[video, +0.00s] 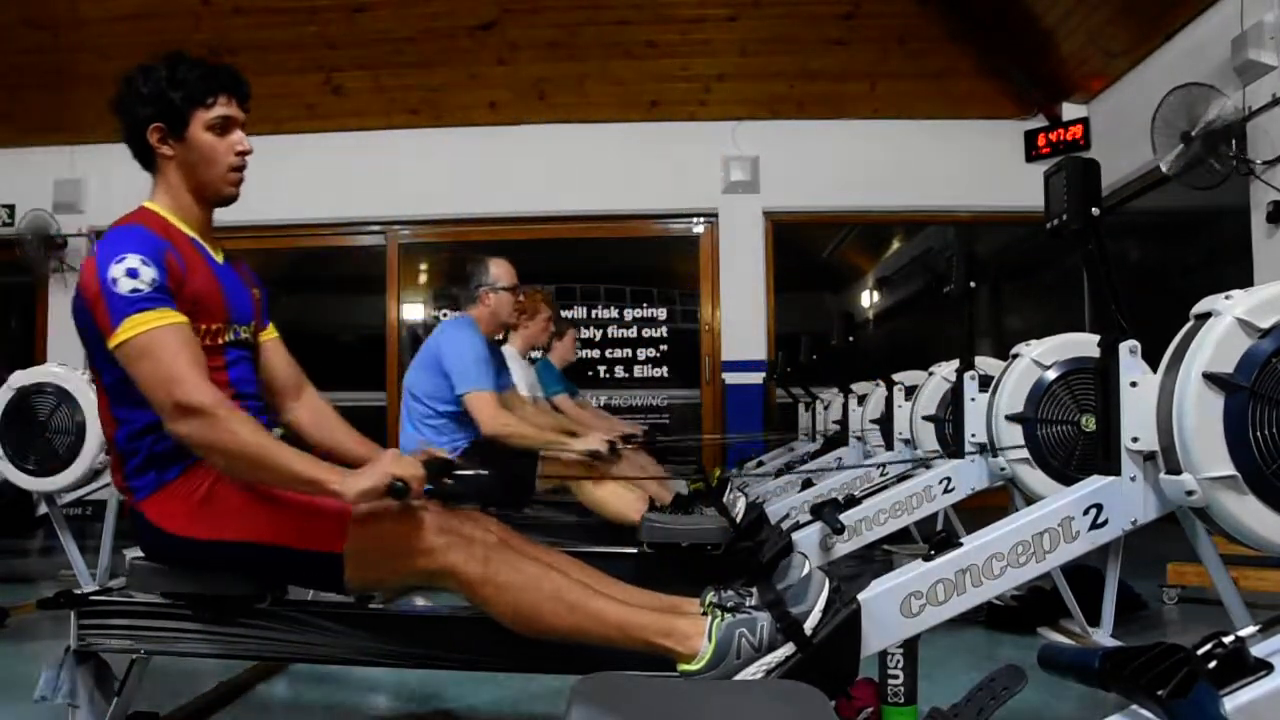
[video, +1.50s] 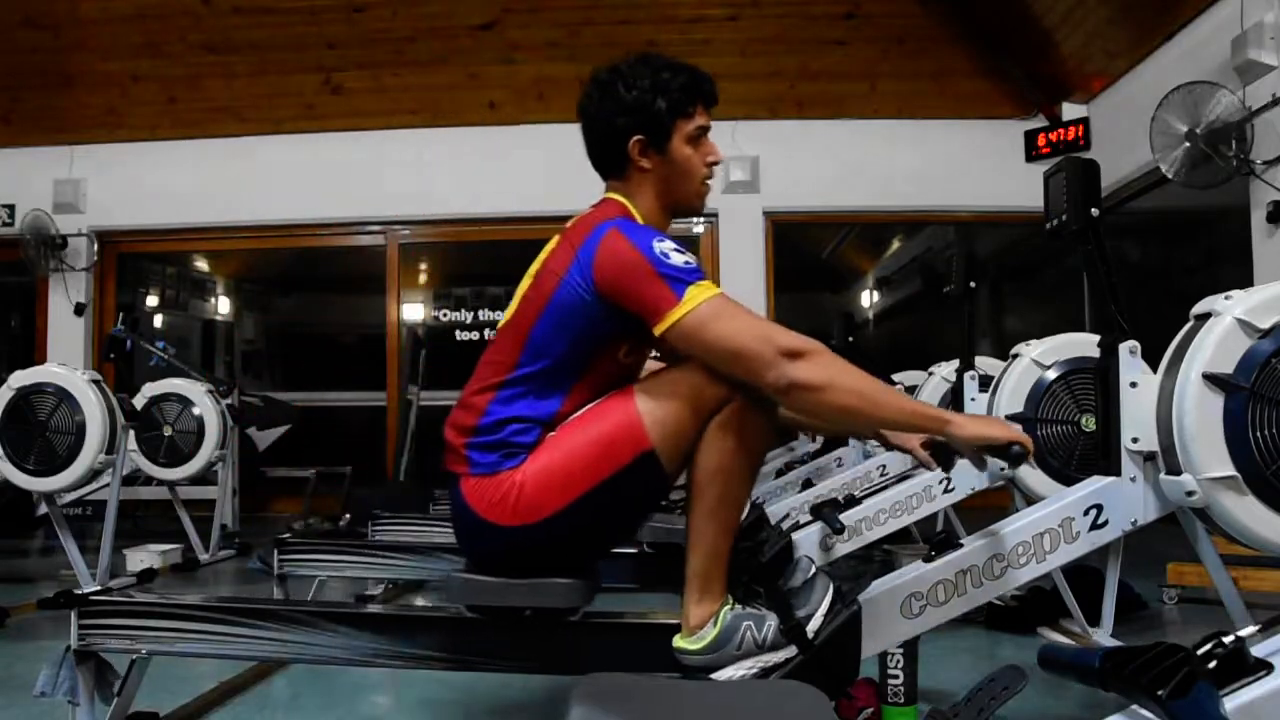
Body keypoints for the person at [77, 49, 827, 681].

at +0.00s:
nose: (243, 144)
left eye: (243, 129)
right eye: (221, 128)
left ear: (223, 144)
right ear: (163, 141)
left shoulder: (224, 269)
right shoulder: (129, 254)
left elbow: (292, 397)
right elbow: (193, 420)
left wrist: (374, 460)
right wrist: (340, 482)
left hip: (258, 483)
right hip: (193, 498)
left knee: (475, 523)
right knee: (447, 536)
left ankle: (698, 624)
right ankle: (697, 639)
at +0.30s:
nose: (329, 144)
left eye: (329, 127)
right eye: (309, 126)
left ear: (281, 138)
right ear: (248, 136)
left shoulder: (298, 263)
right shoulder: (212, 244)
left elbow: (383, 385)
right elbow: (294, 397)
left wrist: (476, 461)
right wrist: (455, 476)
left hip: (268, 474)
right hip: (207, 490)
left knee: (499, 489)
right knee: (475, 510)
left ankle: (699, 621)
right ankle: (693, 643)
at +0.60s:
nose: (436, 147)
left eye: (434, 130)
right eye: (416, 132)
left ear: (377, 145)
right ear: (356, 143)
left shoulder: (389, 260)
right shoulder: (320, 242)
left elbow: (478, 383)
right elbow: (415, 397)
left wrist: (584, 465)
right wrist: (575, 477)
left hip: (320, 478)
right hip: (264, 494)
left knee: (537, 442)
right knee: (513, 459)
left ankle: (691, 612)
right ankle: (693, 640)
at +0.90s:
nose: (557, 153)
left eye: (552, 135)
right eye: (537, 136)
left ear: (488, 152)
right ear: (478, 149)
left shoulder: (484, 254)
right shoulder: (442, 248)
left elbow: (581, 382)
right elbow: (568, 397)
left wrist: (696, 457)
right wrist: (726, 470)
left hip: (399, 485)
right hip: (358, 500)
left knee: (611, 393)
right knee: (599, 401)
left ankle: (693, 614)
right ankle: (698, 641)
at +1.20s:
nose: (678, 158)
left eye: (674, 138)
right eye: (660, 140)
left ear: (610, 154)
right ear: (603, 153)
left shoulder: (584, 241)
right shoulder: (575, 247)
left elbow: (716, 372)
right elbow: (723, 384)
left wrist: (853, 450)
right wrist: (881, 455)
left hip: (494, 489)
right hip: (475, 503)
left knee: (691, 351)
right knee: (699, 385)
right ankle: (701, 628)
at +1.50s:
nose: (716, 154)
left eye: (711, 136)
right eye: (699, 138)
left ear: (644, 154)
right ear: (642, 152)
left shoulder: (630, 239)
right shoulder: (620, 246)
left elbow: (777, 353)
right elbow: (783, 370)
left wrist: (888, 425)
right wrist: (946, 423)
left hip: (527, 488)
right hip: (507, 503)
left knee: (741, 371)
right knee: (734, 380)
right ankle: (704, 622)